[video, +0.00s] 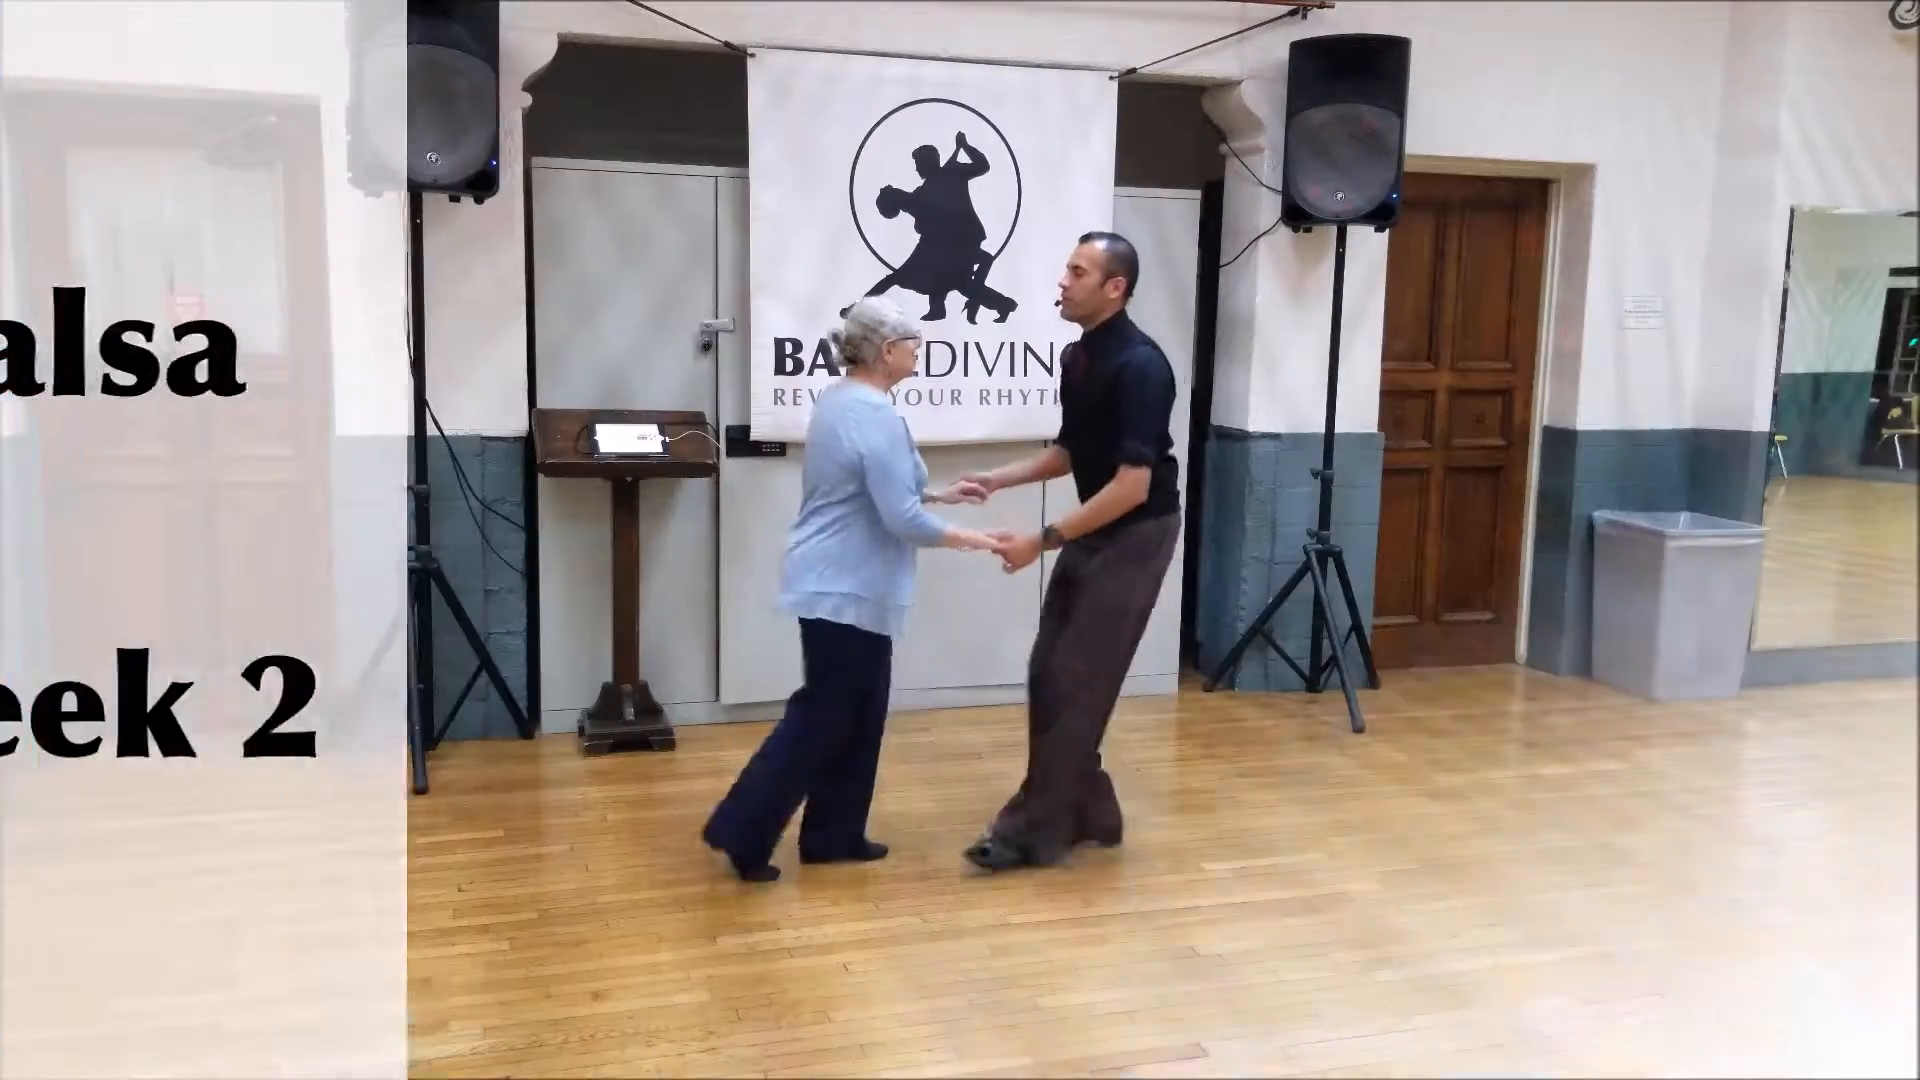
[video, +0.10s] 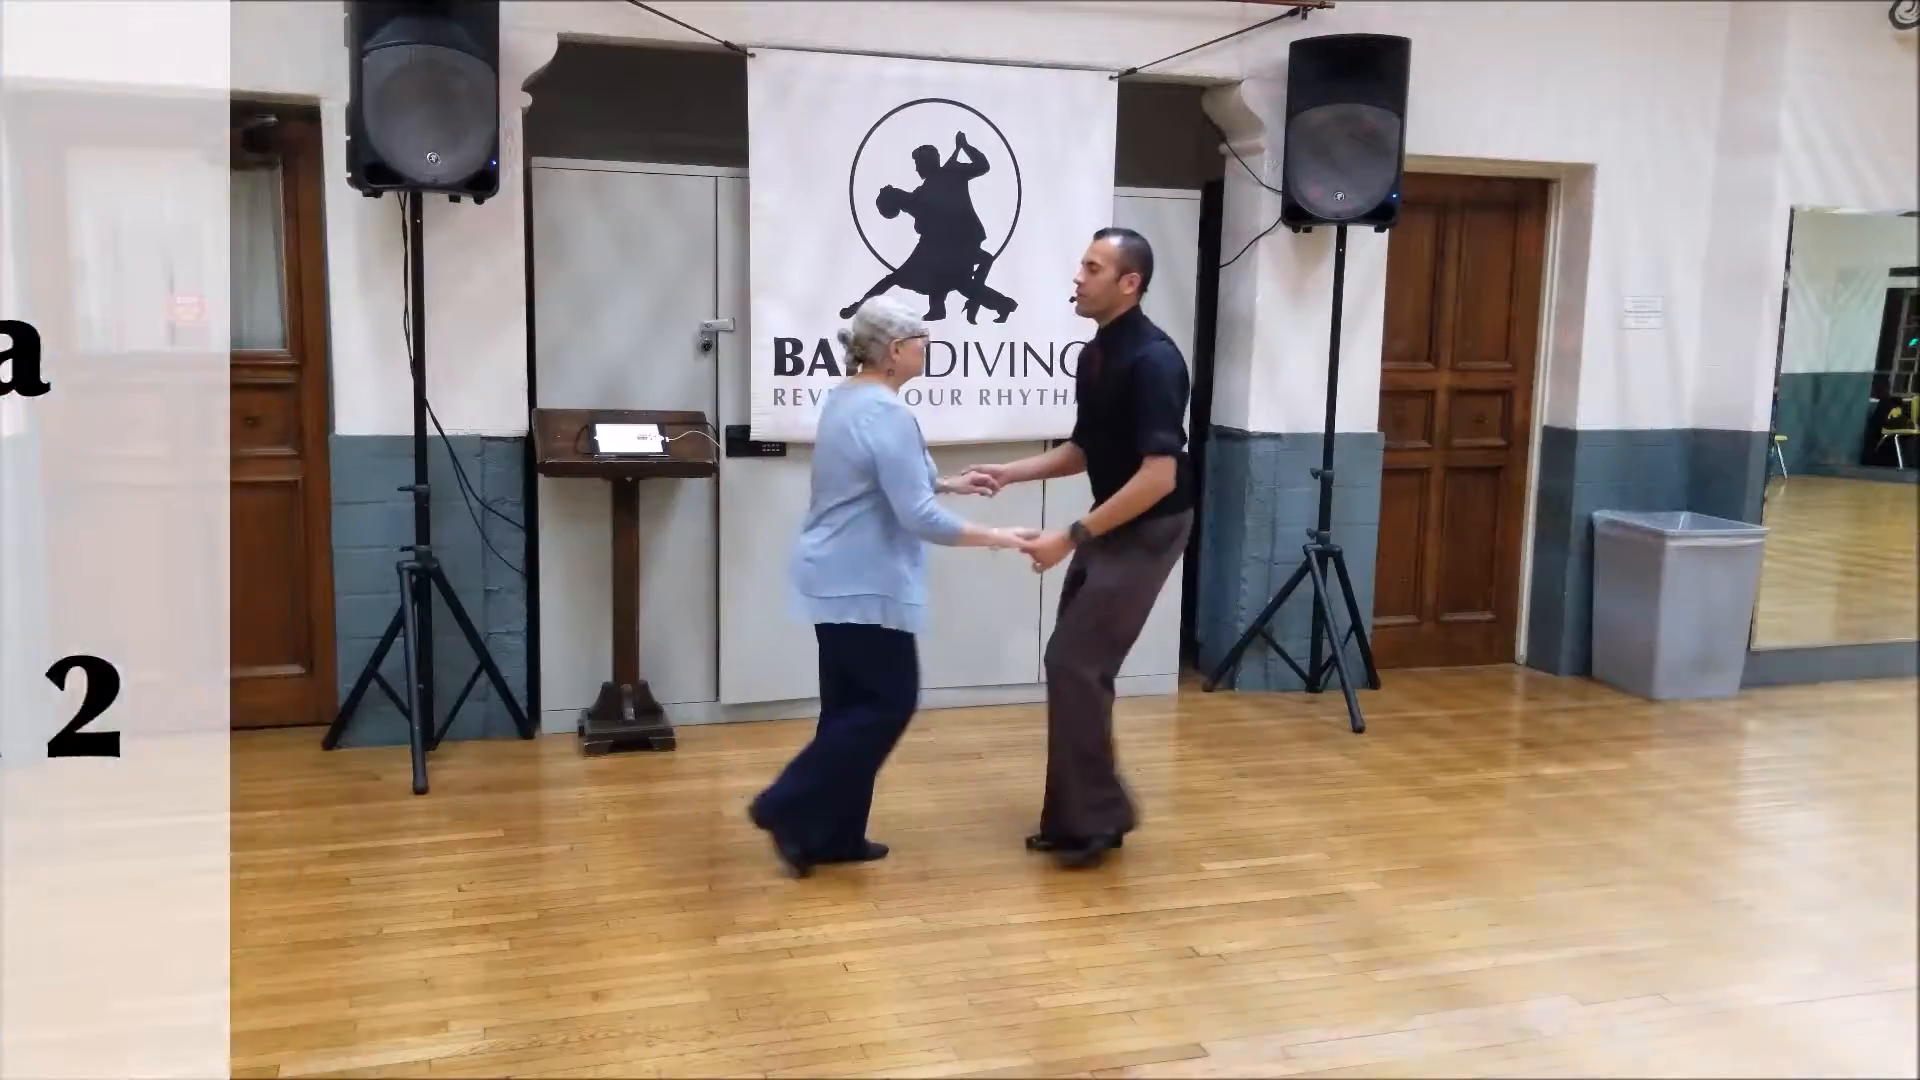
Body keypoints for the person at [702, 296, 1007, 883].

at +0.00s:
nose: (918, 352)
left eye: (916, 342)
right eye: (911, 343)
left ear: (872, 349)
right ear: (884, 350)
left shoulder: (838, 402)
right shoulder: (876, 418)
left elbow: (876, 493)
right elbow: (904, 517)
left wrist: (943, 495)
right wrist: (974, 538)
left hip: (837, 582)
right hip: (850, 589)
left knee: (858, 713)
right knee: (833, 712)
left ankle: (833, 835)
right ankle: (742, 829)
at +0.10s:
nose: (925, 349)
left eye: (922, 339)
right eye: (918, 341)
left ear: (872, 350)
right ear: (892, 350)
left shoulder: (844, 401)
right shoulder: (888, 415)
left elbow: (881, 483)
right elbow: (918, 515)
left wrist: (949, 483)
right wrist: (996, 536)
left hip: (832, 576)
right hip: (867, 584)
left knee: (847, 704)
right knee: (891, 702)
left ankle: (835, 833)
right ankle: (787, 809)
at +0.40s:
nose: (975, 348)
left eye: (972, 338)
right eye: (967, 339)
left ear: (930, 346)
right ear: (939, 346)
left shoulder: (895, 401)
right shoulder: (937, 411)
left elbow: (964, 488)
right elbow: (982, 496)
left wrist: (1038, 500)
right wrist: (1056, 504)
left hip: (883, 579)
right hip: (937, 582)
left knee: (877, 706)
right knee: (967, 710)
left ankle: (840, 833)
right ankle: (960, 840)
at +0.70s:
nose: (1018, 350)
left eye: (1016, 340)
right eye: (1010, 341)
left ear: (974, 350)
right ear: (983, 349)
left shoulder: (947, 408)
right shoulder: (974, 416)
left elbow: (1023, 496)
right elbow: (1033, 503)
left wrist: (1086, 502)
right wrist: (1100, 507)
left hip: (950, 569)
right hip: (969, 574)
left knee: (991, 693)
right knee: (1002, 695)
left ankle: (984, 817)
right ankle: (965, 841)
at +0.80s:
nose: (1032, 349)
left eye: (1030, 339)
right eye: (1026, 339)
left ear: (989, 346)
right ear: (1001, 345)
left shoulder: (961, 406)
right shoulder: (989, 415)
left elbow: (1024, 473)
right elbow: (1045, 503)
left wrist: (1088, 481)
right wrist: (1110, 515)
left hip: (977, 576)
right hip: (981, 581)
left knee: (1027, 701)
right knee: (987, 707)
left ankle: (1052, 818)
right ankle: (959, 839)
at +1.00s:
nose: (1049, 350)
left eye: (1046, 340)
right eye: (1042, 341)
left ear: (1006, 352)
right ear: (1017, 351)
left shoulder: (986, 412)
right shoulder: (1006, 422)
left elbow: (1041, 484)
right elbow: (1065, 518)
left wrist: (1103, 481)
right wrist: (1135, 536)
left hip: (1011, 584)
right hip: (1007, 588)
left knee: (1049, 703)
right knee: (1031, 703)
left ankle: (1055, 824)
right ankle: (963, 827)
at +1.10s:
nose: (1052, 351)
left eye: (1049, 341)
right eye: (1044, 343)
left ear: (1006, 354)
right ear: (1019, 353)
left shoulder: (993, 416)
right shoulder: (1005, 423)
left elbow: (1051, 503)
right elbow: (1064, 516)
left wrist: (1108, 508)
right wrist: (1140, 530)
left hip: (1012, 583)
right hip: (1015, 588)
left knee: (1050, 698)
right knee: (1050, 698)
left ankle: (1053, 825)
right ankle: (980, 830)